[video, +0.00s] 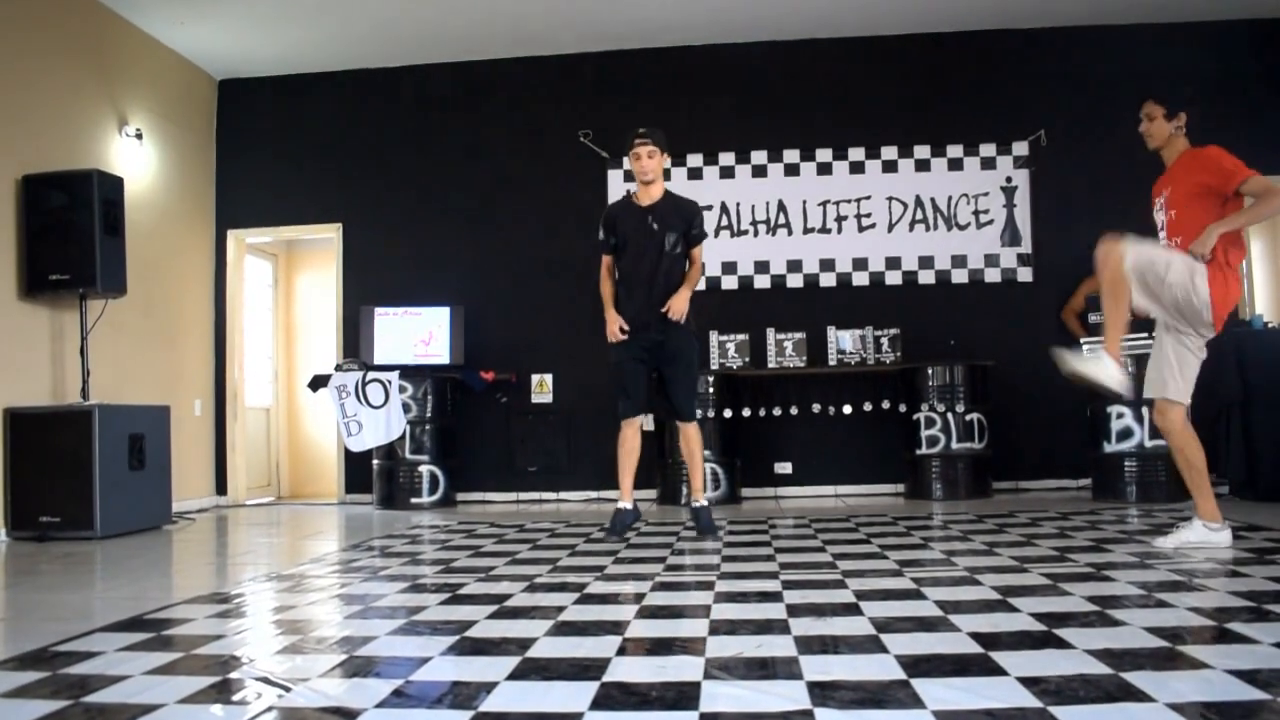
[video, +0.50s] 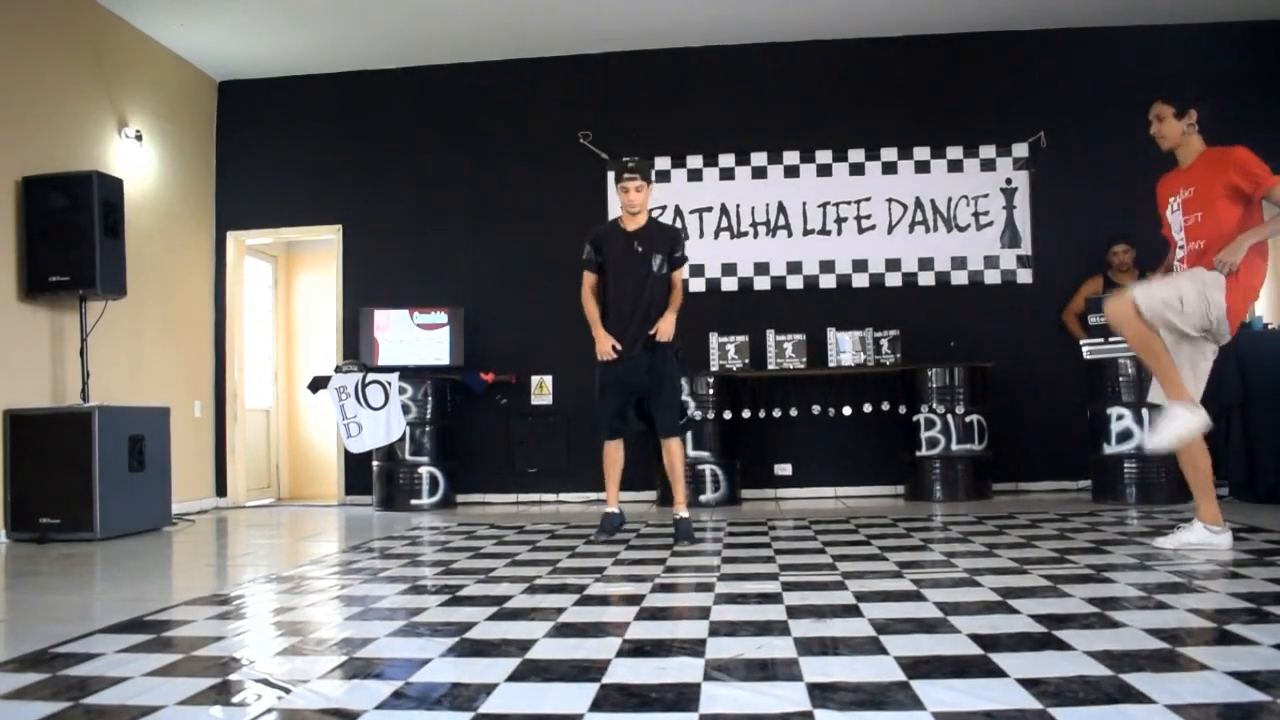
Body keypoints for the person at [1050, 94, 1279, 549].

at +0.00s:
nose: (1142, 127)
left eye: (1150, 118)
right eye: (1141, 120)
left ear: (1179, 122)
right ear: (1154, 128)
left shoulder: (1208, 159)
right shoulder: (1162, 187)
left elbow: (1271, 194)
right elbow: (1170, 257)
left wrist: (1218, 228)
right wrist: (1093, 288)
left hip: (1209, 286)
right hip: (1185, 301)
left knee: (1113, 250)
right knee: (1170, 414)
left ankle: (1112, 360)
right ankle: (1210, 524)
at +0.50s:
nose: (1153, 129)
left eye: (1160, 119)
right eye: (1151, 122)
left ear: (1190, 120)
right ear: (1161, 130)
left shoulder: (1234, 159)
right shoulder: (1166, 186)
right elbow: (1178, 247)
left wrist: (1246, 239)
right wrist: (1157, 281)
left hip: (1225, 286)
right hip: (1189, 294)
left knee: (1121, 306)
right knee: (1176, 411)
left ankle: (1183, 407)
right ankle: (1211, 525)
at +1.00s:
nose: (1174, 124)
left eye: (1181, 114)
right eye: (1172, 115)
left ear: (1210, 114)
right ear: (1197, 118)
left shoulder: (1250, 155)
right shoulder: (1203, 176)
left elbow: (1272, 219)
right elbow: (1217, 249)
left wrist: (1200, 209)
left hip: (1222, 312)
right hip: (1181, 291)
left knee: (1208, 421)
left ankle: (1245, 532)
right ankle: (1110, 398)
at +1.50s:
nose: (1169, 125)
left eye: (1176, 116)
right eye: (1169, 116)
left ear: (1205, 118)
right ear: (1200, 120)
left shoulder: (1224, 161)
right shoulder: (1218, 163)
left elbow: (1213, 235)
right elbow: (1217, 245)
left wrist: (1163, 216)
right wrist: (1138, 265)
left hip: (1221, 312)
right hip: (1193, 293)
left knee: (1206, 422)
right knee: (1096, 294)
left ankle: (1246, 533)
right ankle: (1121, 400)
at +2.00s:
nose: (1136, 131)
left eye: (1142, 122)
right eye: (1137, 123)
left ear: (1167, 126)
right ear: (1166, 127)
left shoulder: (1170, 166)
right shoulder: (1184, 169)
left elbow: (1153, 241)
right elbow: (1182, 249)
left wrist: (1124, 230)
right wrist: (1144, 248)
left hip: (1175, 310)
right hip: (1194, 315)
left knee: (1114, 399)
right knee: (1157, 425)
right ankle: (1184, 528)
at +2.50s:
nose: (1104, 153)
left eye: (1106, 146)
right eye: (1104, 146)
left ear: (1125, 149)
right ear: (1148, 147)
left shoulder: (1138, 192)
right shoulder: (1182, 181)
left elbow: (1120, 266)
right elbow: (1227, 233)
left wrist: (1095, 295)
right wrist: (1197, 266)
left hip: (1180, 290)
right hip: (1165, 313)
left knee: (1113, 204)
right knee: (1127, 411)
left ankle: (1097, 311)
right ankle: (1177, 518)